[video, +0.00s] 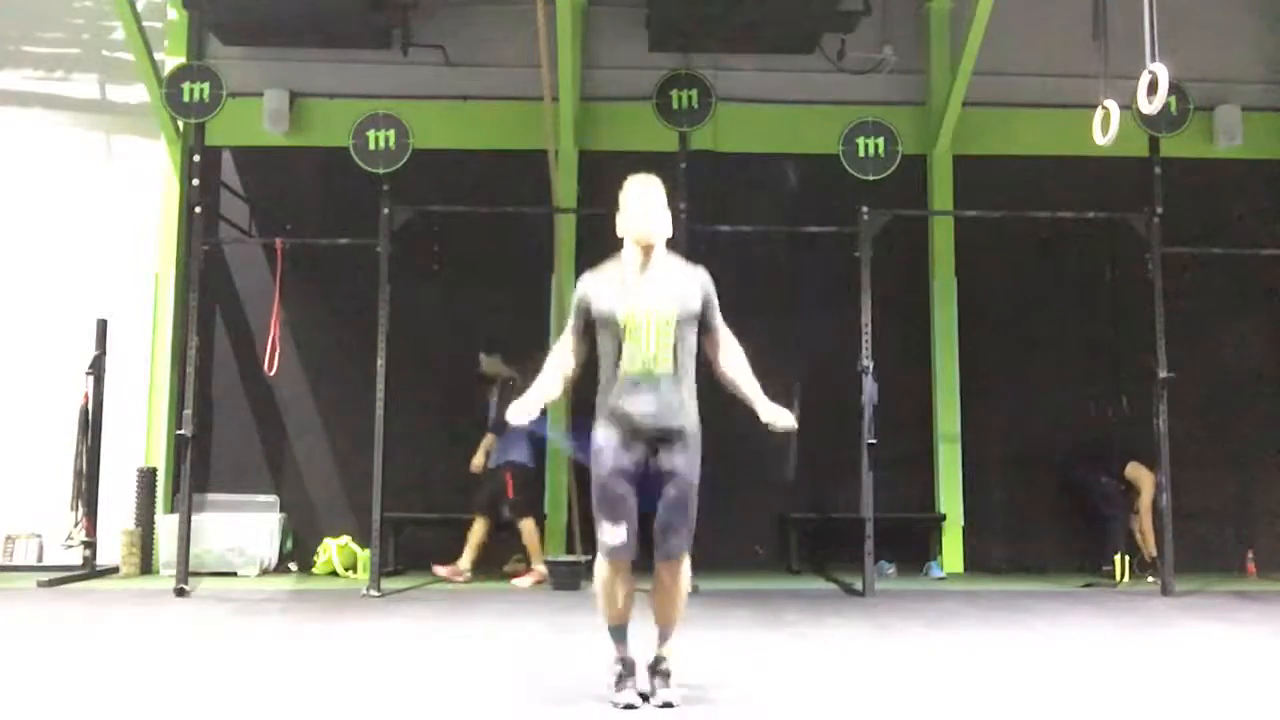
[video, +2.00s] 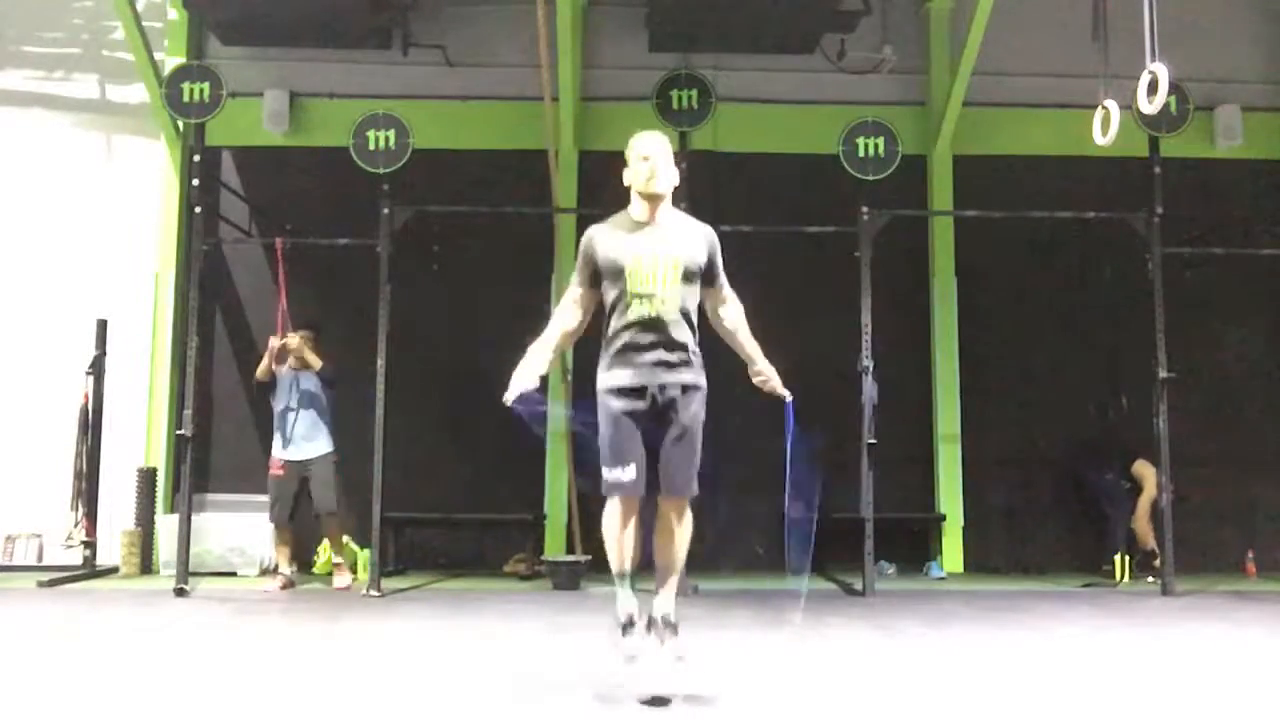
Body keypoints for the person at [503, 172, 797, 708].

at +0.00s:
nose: (649, 219)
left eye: (657, 209)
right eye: (639, 210)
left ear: (669, 217)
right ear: (621, 218)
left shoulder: (694, 281)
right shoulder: (594, 286)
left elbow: (725, 353)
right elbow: (567, 355)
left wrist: (763, 405)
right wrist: (534, 399)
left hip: (678, 433)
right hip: (616, 433)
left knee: (672, 551)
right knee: (615, 548)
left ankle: (661, 660)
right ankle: (620, 658)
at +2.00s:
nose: (652, 167)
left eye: (660, 159)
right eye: (642, 160)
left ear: (676, 171)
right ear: (626, 173)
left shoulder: (701, 237)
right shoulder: (600, 238)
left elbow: (723, 306)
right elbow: (575, 309)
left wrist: (758, 363)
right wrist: (536, 358)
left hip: (683, 379)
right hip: (621, 379)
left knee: (677, 497)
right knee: (625, 492)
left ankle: (665, 608)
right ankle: (624, 602)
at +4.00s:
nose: (661, 189)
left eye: (669, 180)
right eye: (652, 180)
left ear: (686, 191)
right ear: (637, 193)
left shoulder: (712, 257)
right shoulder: (611, 256)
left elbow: (738, 331)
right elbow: (581, 332)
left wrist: (776, 390)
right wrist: (538, 380)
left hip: (695, 403)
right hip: (632, 402)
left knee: (688, 519)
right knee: (629, 518)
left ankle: (677, 630)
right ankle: (634, 632)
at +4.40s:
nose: (672, 237)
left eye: (679, 227)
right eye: (662, 227)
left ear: (691, 236)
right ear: (642, 237)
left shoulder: (714, 302)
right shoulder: (613, 302)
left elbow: (744, 370)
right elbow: (577, 370)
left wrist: (806, 403)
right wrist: (525, 379)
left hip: (692, 447)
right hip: (629, 445)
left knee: (686, 565)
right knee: (630, 558)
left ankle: (673, 665)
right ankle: (631, 665)